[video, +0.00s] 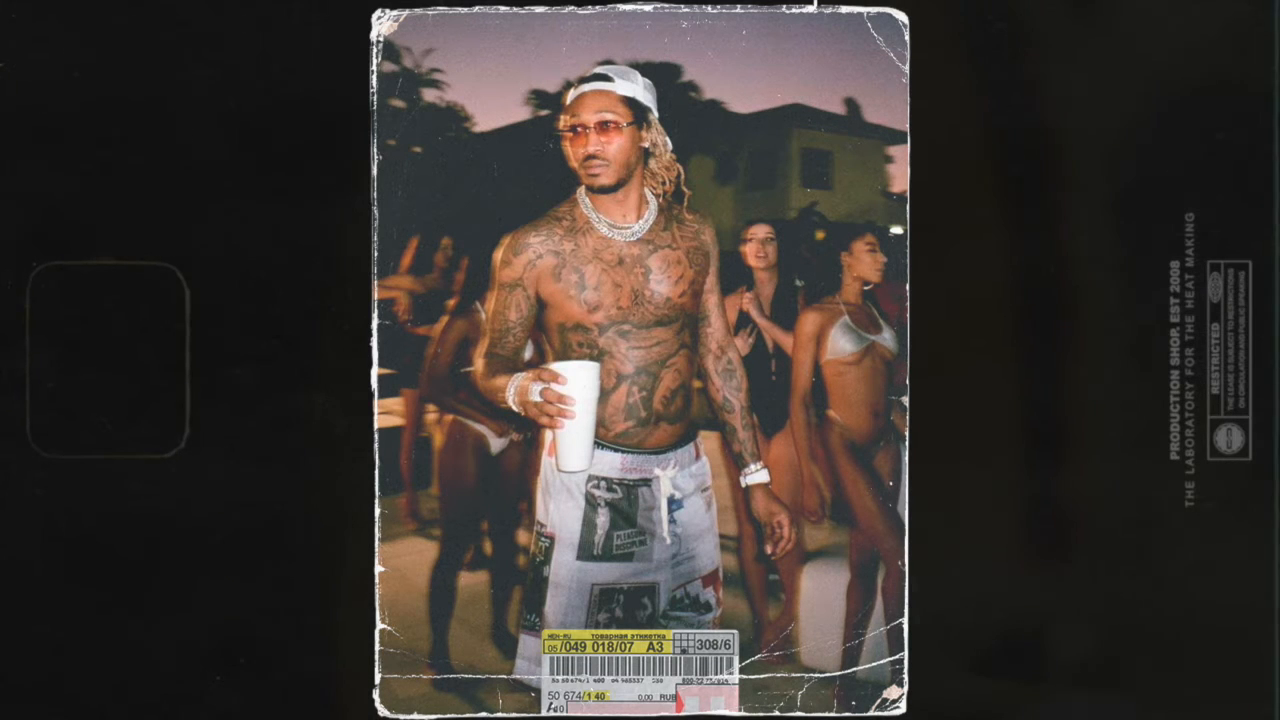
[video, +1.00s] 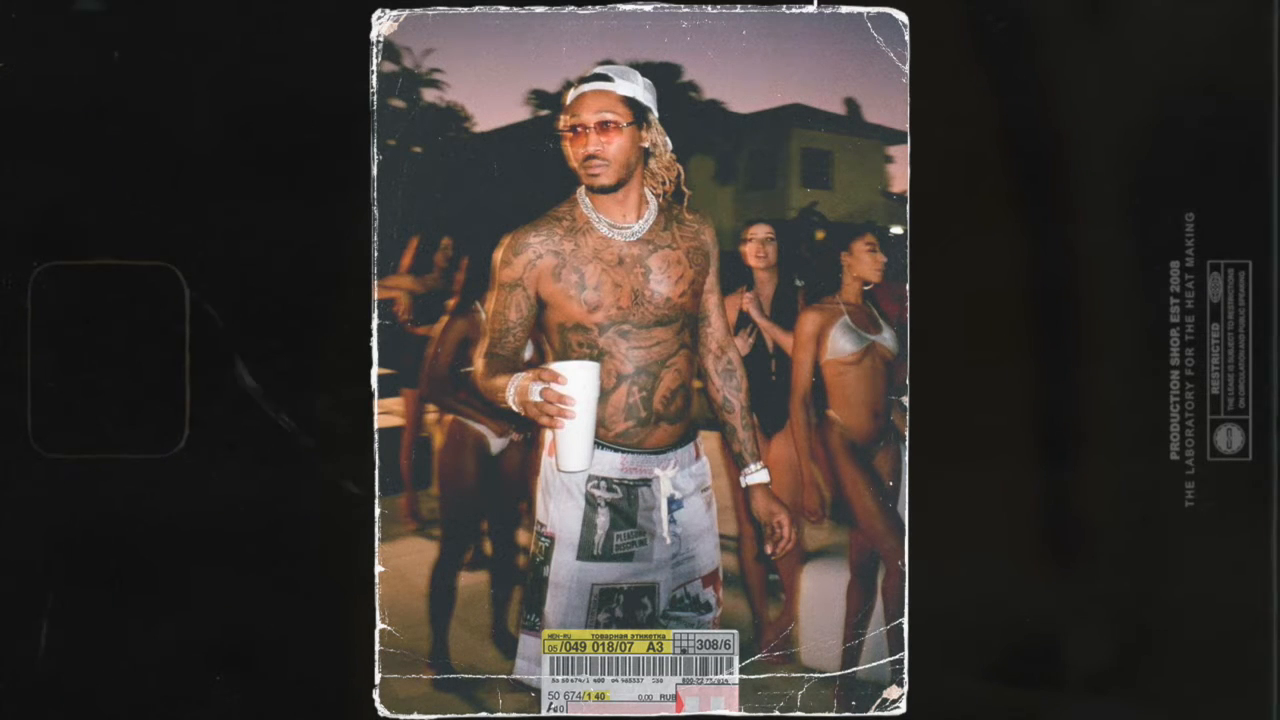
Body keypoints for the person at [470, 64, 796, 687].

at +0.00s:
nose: (590, 143)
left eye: (608, 126)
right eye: (576, 130)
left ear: (646, 138)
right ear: (565, 144)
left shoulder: (693, 235)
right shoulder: (532, 248)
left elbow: (720, 359)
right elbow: (491, 365)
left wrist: (756, 482)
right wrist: (516, 389)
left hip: (681, 477)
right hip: (582, 481)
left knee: (689, 664)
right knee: (574, 669)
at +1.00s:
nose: (590, 143)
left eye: (608, 126)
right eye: (577, 130)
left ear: (646, 139)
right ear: (565, 144)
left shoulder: (693, 235)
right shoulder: (533, 247)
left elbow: (720, 358)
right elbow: (491, 365)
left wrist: (756, 481)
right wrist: (516, 389)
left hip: (681, 476)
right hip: (583, 480)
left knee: (689, 661)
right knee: (575, 665)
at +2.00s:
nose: (589, 143)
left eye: (608, 126)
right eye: (576, 130)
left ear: (646, 138)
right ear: (565, 144)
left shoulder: (693, 235)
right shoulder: (532, 248)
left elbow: (720, 359)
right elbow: (491, 366)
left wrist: (756, 482)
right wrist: (516, 389)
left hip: (681, 477)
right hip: (583, 482)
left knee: (690, 664)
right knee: (574, 669)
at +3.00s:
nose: (590, 143)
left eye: (608, 126)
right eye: (576, 130)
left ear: (646, 138)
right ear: (565, 143)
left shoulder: (693, 235)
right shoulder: (532, 248)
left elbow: (720, 358)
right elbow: (491, 365)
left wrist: (756, 482)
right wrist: (516, 389)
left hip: (681, 477)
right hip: (582, 482)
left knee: (690, 664)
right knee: (573, 669)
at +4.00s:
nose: (590, 143)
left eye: (608, 126)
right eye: (576, 130)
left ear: (646, 138)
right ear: (565, 143)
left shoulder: (693, 236)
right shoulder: (532, 248)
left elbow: (720, 358)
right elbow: (490, 366)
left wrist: (756, 481)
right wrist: (516, 389)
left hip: (681, 477)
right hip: (582, 482)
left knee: (690, 663)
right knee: (574, 666)